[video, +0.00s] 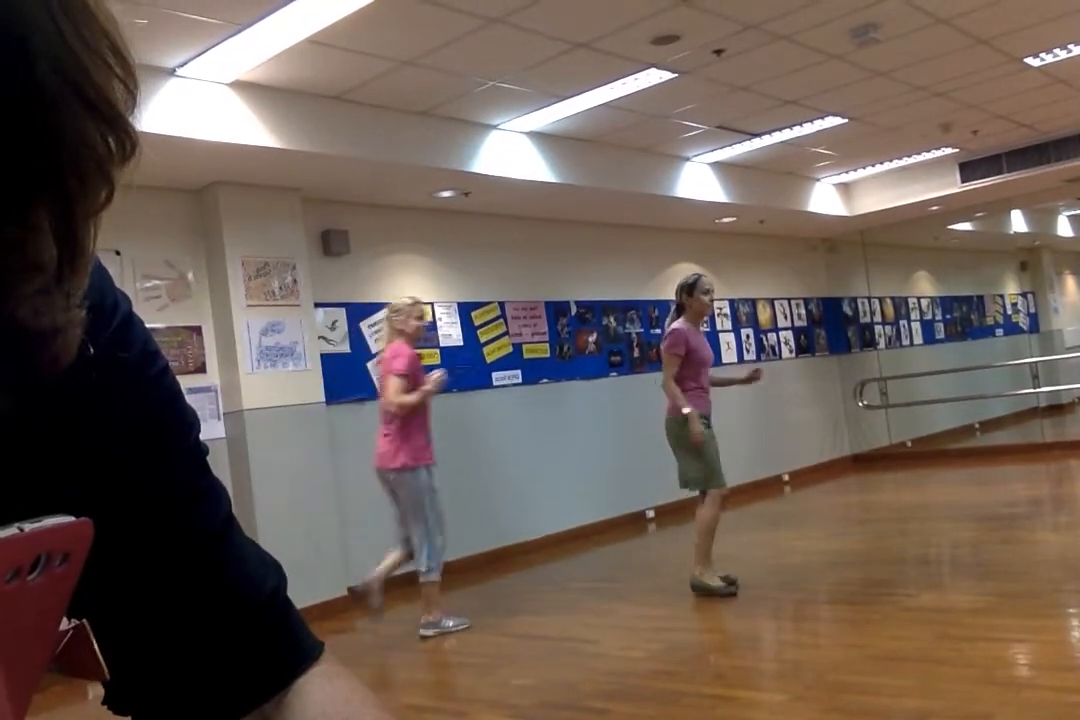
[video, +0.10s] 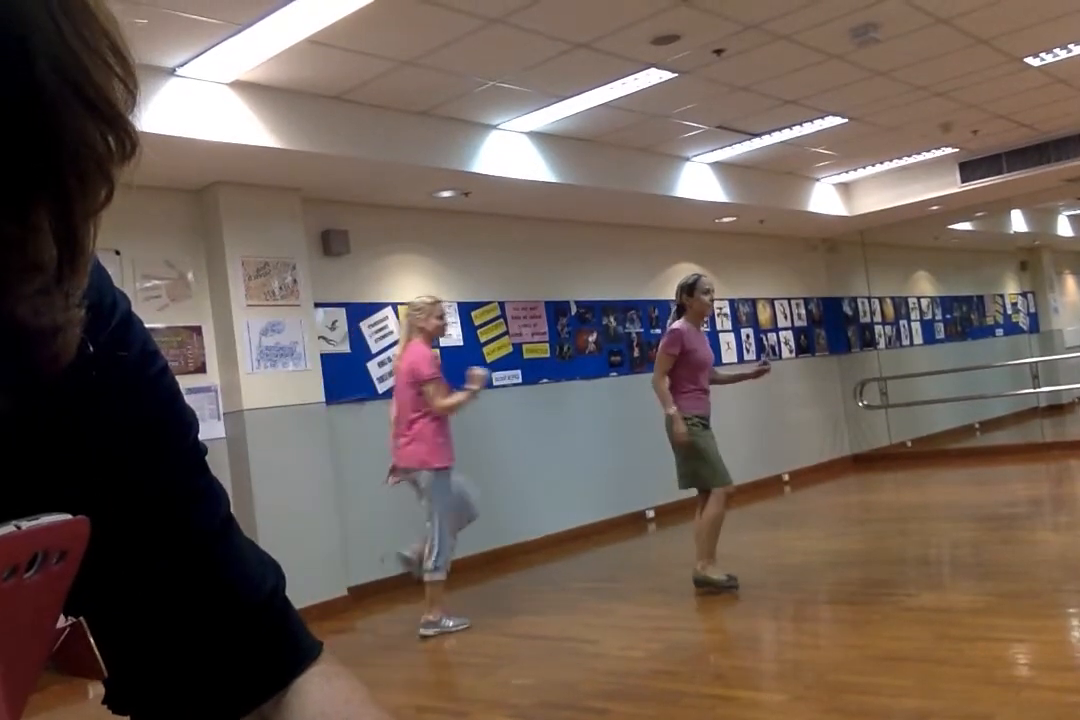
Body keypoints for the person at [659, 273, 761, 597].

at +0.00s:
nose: (711, 300)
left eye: (712, 295)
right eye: (705, 294)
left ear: (705, 300)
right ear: (687, 298)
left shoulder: (697, 332)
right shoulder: (679, 333)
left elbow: (702, 379)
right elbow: (668, 381)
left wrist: (741, 380)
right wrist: (689, 415)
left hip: (699, 418)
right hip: (687, 419)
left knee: (711, 493)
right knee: (714, 491)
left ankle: (705, 570)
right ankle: (701, 572)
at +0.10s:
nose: (711, 300)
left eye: (712, 295)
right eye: (706, 294)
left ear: (706, 300)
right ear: (687, 298)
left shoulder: (700, 333)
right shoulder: (677, 333)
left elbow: (711, 377)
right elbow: (658, 379)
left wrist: (749, 374)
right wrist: (674, 416)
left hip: (699, 420)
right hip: (687, 421)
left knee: (706, 495)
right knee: (721, 488)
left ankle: (705, 567)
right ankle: (705, 566)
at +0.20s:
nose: (712, 299)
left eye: (712, 294)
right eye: (706, 293)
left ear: (705, 298)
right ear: (687, 297)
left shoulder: (702, 334)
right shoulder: (675, 332)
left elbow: (716, 375)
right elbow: (653, 375)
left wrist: (758, 379)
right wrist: (669, 413)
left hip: (703, 421)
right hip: (687, 421)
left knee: (702, 497)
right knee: (719, 489)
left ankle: (703, 567)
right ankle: (704, 567)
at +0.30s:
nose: (712, 299)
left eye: (713, 294)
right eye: (707, 293)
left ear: (709, 299)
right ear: (688, 297)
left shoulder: (705, 334)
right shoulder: (675, 333)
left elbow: (717, 377)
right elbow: (654, 374)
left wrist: (755, 395)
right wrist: (671, 413)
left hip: (709, 422)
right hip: (690, 423)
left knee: (711, 496)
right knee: (710, 495)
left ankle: (705, 568)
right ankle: (703, 569)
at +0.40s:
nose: (720, 295)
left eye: (720, 290)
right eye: (713, 290)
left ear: (712, 296)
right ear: (694, 293)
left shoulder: (710, 330)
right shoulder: (675, 330)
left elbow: (715, 378)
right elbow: (665, 376)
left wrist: (738, 413)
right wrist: (681, 409)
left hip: (714, 416)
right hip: (692, 417)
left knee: (722, 493)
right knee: (706, 495)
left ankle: (708, 563)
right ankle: (704, 566)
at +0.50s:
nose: (726, 295)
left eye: (726, 290)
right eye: (720, 290)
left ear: (714, 297)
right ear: (700, 294)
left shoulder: (716, 329)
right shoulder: (680, 331)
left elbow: (713, 373)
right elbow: (674, 377)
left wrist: (720, 408)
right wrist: (695, 386)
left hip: (718, 417)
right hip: (692, 421)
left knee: (742, 486)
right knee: (704, 496)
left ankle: (721, 555)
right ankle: (704, 568)